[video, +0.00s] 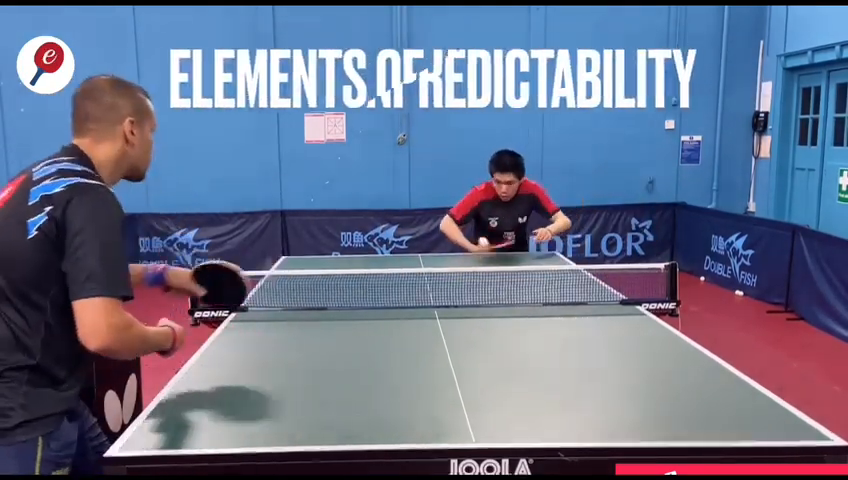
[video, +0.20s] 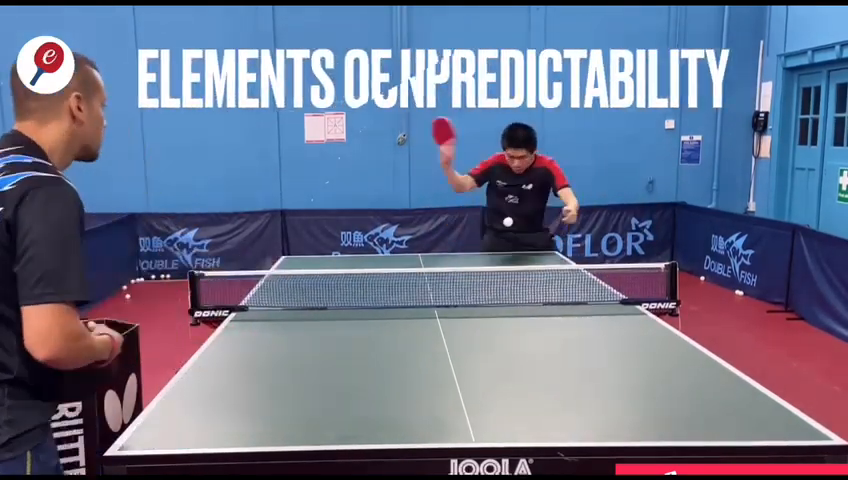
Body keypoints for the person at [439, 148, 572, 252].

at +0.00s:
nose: (503, 189)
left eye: (509, 183)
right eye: (498, 182)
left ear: (521, 179)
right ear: (492, 177)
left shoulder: (531, 189)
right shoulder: (479, 193)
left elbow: (564, 221)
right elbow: (446, 224)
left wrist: (550, 230)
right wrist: (472, 248)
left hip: (520, 262)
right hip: (486, 263)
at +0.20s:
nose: (516, 164)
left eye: (522, 158)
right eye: (511, 157)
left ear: (533, 153)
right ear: (504, 151)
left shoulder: (547, 167)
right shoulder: (496, 163)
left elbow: (568, 196)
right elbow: (462, 186)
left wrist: (572, 209)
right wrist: (448, 168)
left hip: (535, 243)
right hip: (497, 242)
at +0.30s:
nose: (526, 155)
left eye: (532, 149)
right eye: (521, 149)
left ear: (544, 146)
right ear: (515, 146)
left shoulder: (558, 167)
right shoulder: (506, 164)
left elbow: (583, 198)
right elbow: (473, 187)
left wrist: (584, 210)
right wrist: (446, 175)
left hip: (547, 244)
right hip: (509, 243)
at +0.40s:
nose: (528, 156)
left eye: (533, 149)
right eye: (522, 150)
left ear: (544, 147)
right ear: (517, 149)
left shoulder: (561, 170)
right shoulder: (511, 172)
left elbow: (588, 202)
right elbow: (485, 196)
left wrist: (584, 216)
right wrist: (458, 195)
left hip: (550, 246)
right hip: (514, 244)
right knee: (484, 274)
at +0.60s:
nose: (508, 151)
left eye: (513, 144)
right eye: (502, 145)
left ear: (524, 142)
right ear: (496, 146)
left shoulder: (543, 165)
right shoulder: (492, 171)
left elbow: (574, 195)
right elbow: (472, 197)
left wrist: (574, 217)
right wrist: (455, 210)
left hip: (541, 238)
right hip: (506, 237)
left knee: (566, 281)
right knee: (472, 269)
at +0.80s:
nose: (497, 154)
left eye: (502, 147)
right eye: (492, 148)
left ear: (514, 145)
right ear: (486, 149)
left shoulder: (536, 163)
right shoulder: (483, 172)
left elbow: (564, 186)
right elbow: (464, 206)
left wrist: (566, 216)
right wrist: (464, 218)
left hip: (535, 232)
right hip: (500, 234)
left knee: (560, 272)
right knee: (471, 265)